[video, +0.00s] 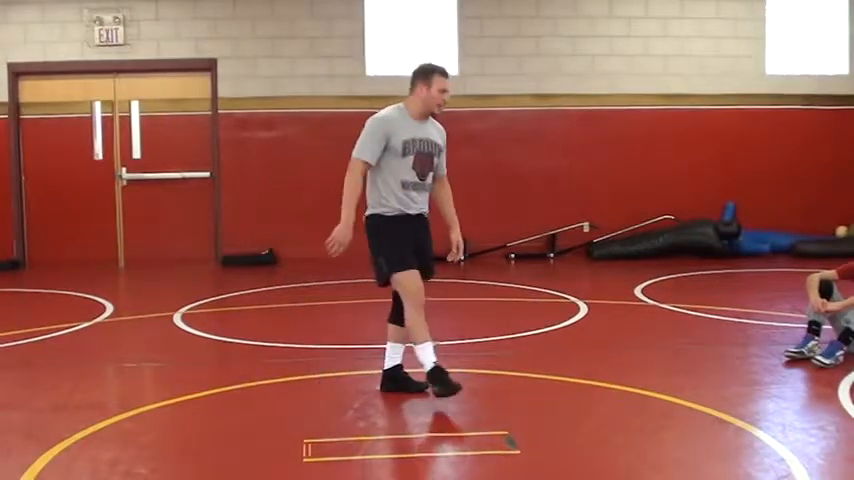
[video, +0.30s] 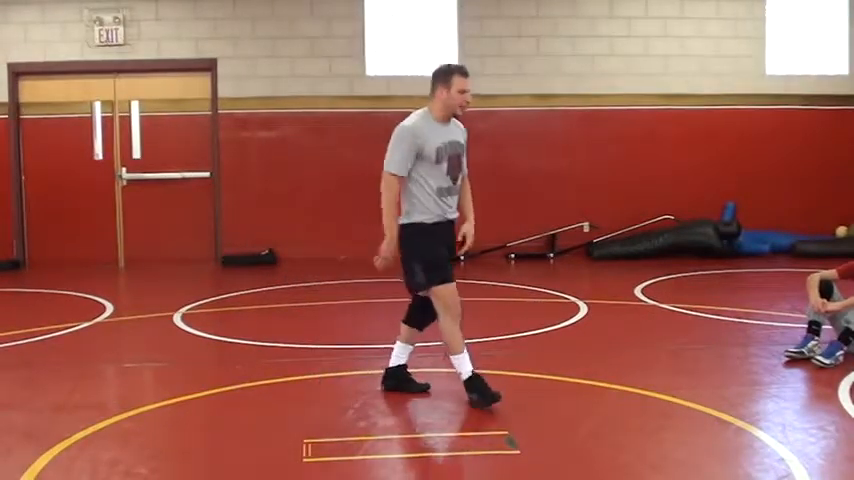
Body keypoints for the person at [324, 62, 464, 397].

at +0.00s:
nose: (445, 99)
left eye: (447, 93)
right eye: (441, 92)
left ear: (433, 93)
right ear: (420, 88)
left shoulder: (437, 132)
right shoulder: (383, 122)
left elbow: (440, 183)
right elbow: (356, 170)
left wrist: (454, 228)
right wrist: (346, 222)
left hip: (418, 221)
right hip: (385, 221)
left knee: (408, 294)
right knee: (413, 292)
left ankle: (392, 370)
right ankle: (433, 368)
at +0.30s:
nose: (467, 99)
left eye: (468, 93)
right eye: (462, 93)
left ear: (457, 94)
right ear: (440, 91)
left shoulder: (459, 131)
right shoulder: (410, 129)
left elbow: (462, 179)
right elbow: (390, 182)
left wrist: (469, 219)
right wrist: (390, 237)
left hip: (445, 227)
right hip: (417, 229)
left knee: (426, 302)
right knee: (450, 305)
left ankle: (395, 370)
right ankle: (470, 381)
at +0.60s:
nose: (493, 92)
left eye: (494, 86)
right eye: (487, 86)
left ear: (476, 88)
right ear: (466, 86)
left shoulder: (484, 123)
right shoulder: (442, 128)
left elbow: (490, 174)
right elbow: (435, 188)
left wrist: (510, 217)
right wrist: (461, 236)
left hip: (478, 224)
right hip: (450, 227)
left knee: (494, 305)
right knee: (465, 308)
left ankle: (435, 346)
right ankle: (472, 381)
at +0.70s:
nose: (502, 92)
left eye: (503, 86)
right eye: (496, 86)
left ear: (486, 87)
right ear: (474, 86)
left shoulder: (489, 121)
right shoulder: (449, 126)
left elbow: (495, 172)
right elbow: (445, 184)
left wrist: (522, 214)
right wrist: (480, 226)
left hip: (487, 223)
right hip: (457, 227)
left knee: (509, 305)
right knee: (471, 305)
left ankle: (462, 355)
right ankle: (475, 381)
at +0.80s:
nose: (510, 92)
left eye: (511, 86)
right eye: (504, 85)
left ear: (493, 87)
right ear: (483, 85)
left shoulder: (495, 120)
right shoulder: (456, 125)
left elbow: (502, 173)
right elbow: (450, 183)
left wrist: (526, 212)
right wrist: (492, 217)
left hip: (496, 225)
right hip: (465, 228)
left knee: (519, 304)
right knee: (477, 305)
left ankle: (498, 372)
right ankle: (474, 383)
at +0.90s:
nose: (520, 92)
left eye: (521, 86)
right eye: (515, 86)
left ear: (504, 87)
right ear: (492, 85)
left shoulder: (504, 121)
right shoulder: (465, 124)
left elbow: (505, 176)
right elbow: (455, 182)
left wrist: (529, 216)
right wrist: (499, 217)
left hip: (505, 226)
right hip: (472, 230)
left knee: (529, 307)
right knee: (479, 307)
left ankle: (529, 383)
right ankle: (476, 385)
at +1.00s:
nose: (530, 93)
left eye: (531, 86)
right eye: (525, 86)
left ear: (513, 86)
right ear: (501, 85)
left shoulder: (514, 122)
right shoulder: (473, 125)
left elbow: (513, 182)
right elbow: (462, 183)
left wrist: (529, 223)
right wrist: (500, 227)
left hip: (512, 226)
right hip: (479, 230)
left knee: (533, 308)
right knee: (482, 308)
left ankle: (547, 387)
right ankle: (476, 383)